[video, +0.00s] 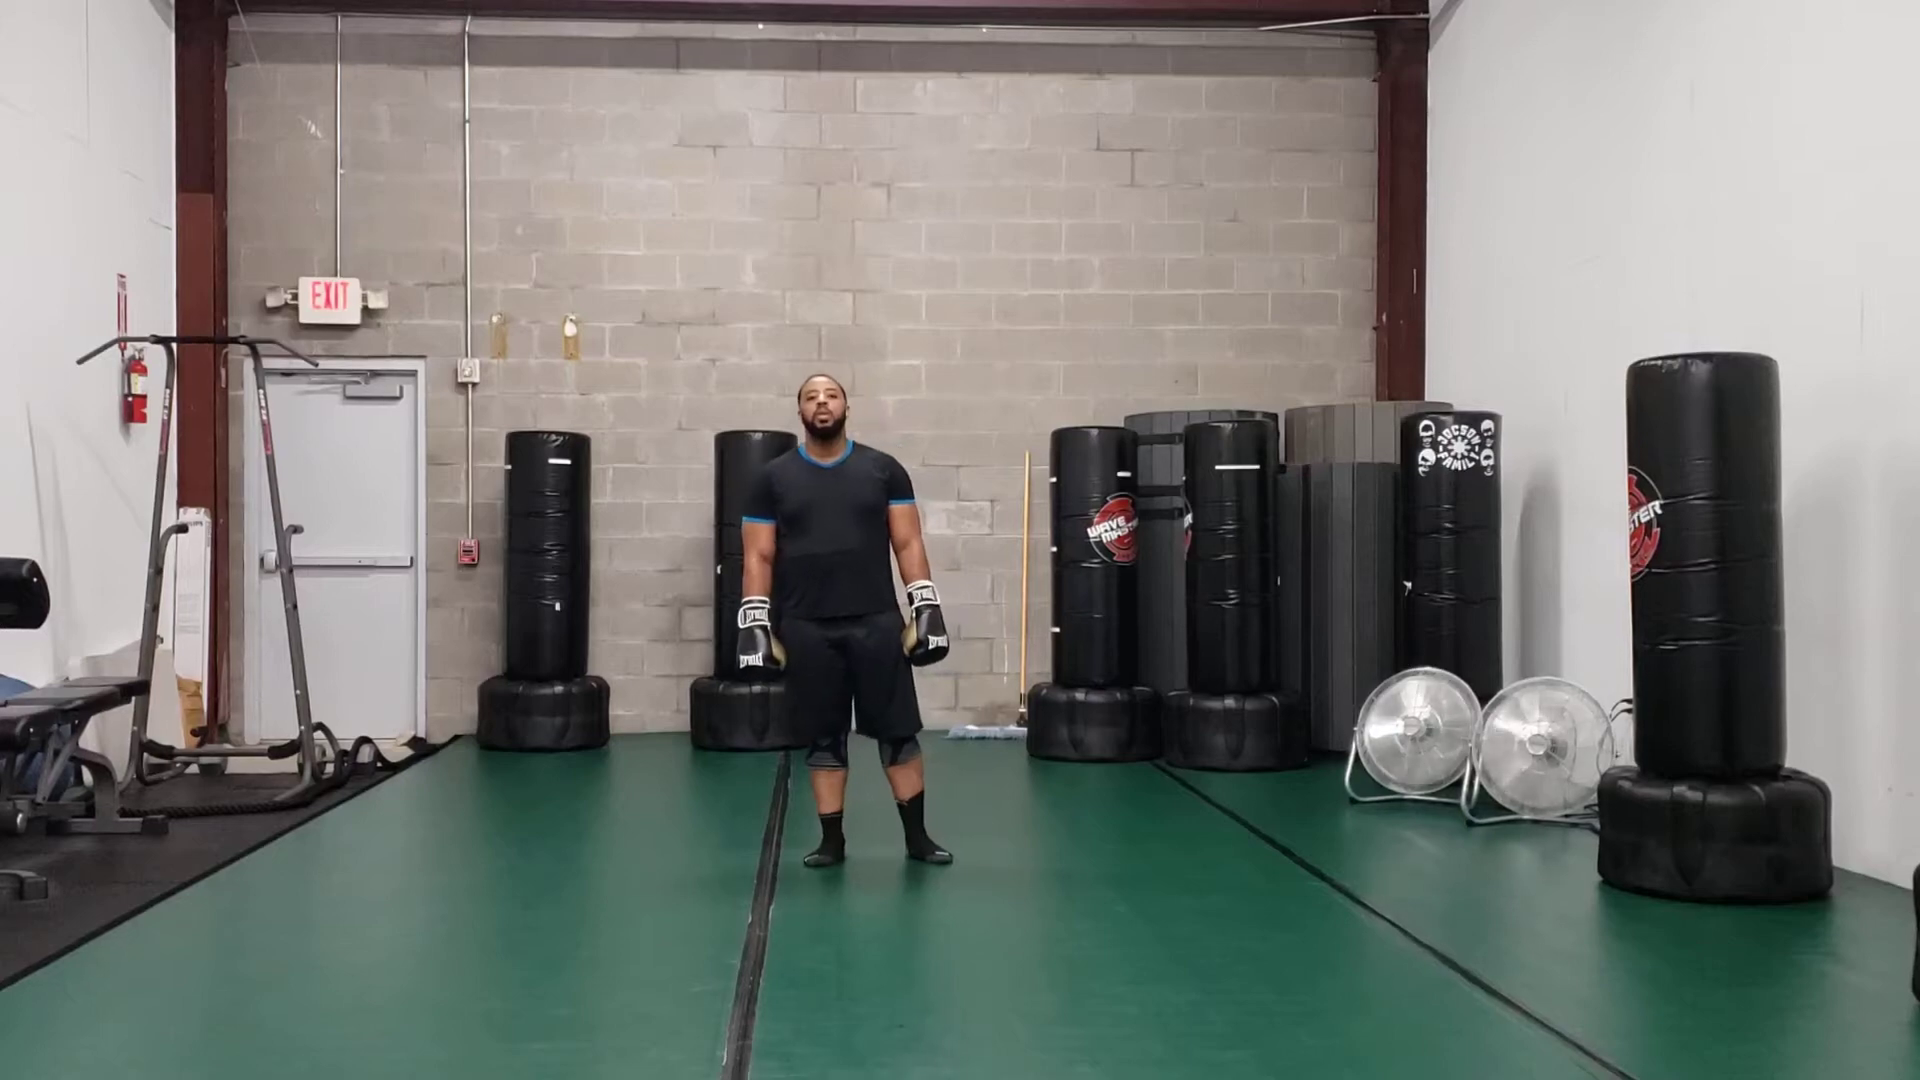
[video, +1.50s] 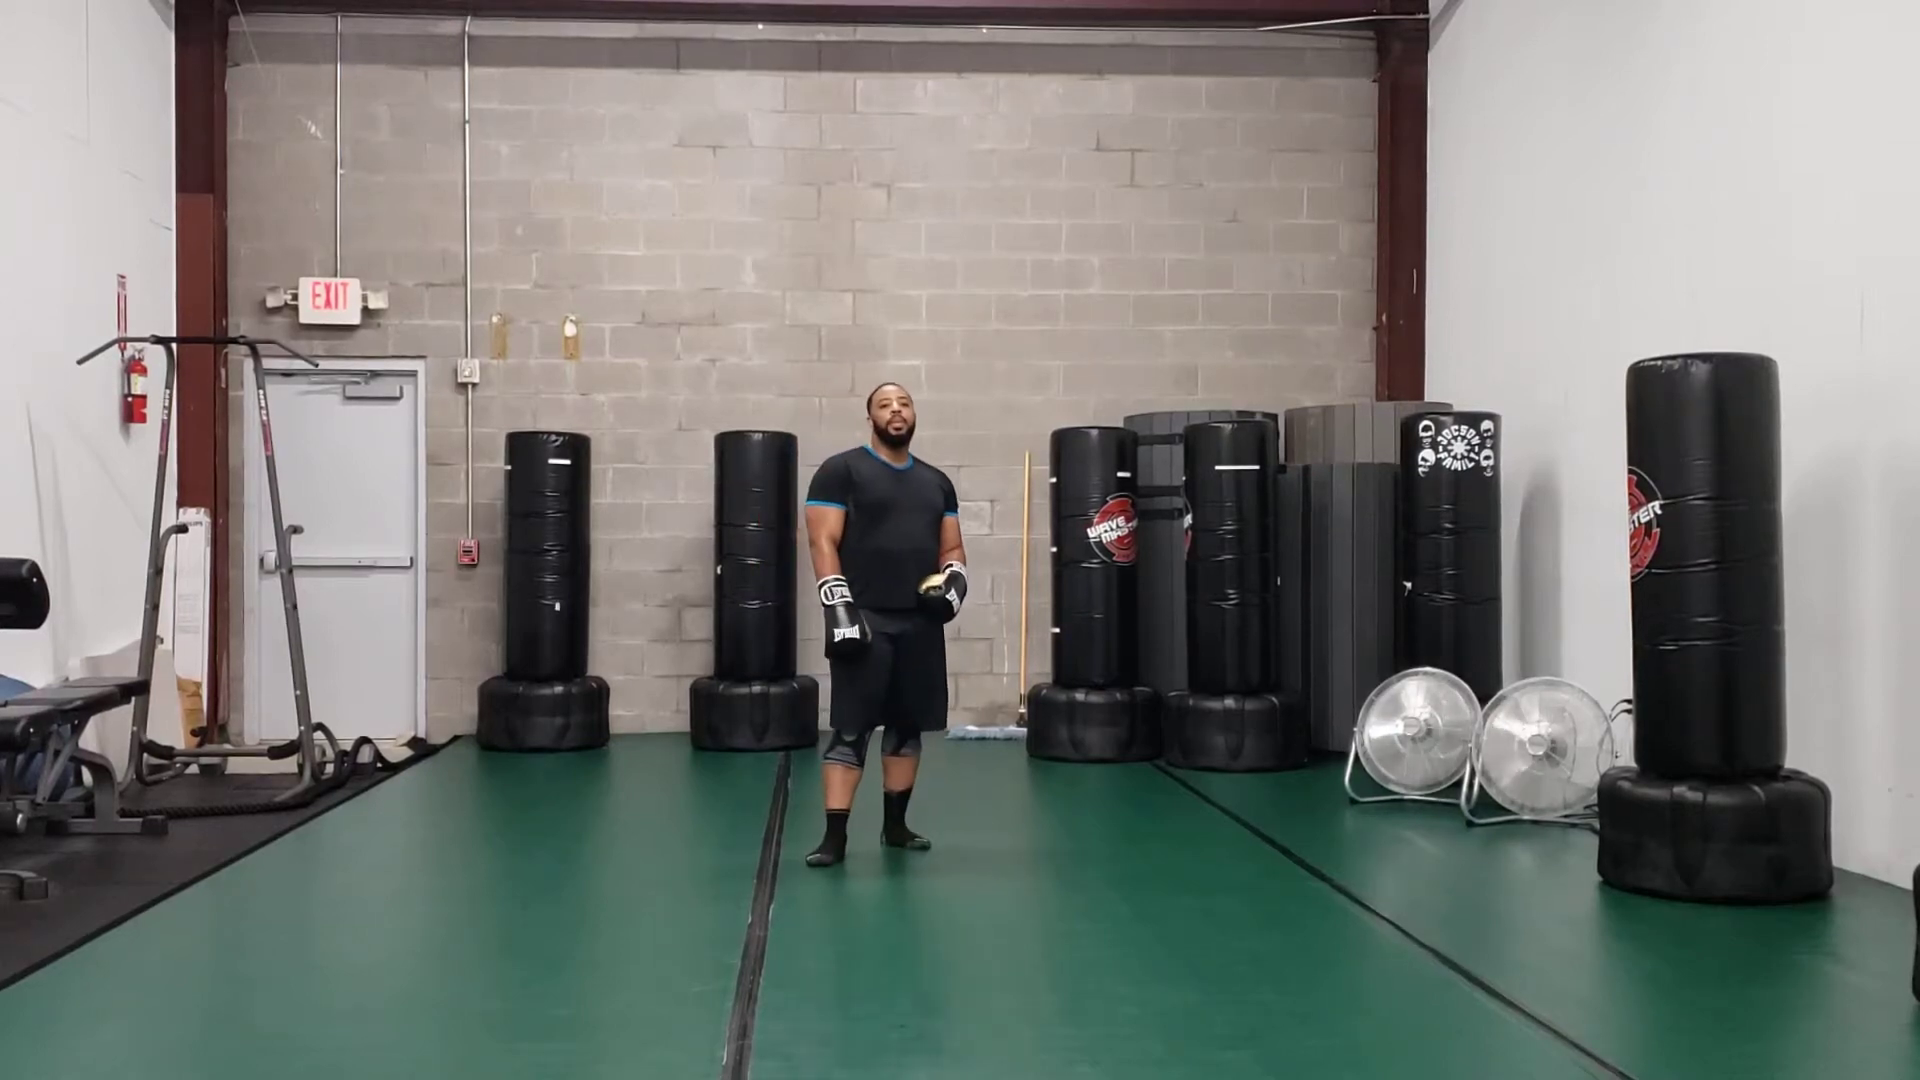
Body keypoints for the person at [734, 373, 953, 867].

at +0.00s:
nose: (822, 403)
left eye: (831, 396)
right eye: (812, 398)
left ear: (846, 408)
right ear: (800, 414)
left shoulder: (883, 470)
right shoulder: (774, 478)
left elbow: (908, 544)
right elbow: (758, 557)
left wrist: (926, 607)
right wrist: (754, 624)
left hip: (876, 625)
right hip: (806, 630)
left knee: (899, 735)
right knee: (823, 741)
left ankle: (917, 839)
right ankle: (831, 842)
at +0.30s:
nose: (815, 403)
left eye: (824, 396)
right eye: (805, 398)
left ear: (838, 409)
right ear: (793, 414)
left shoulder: (878, 467)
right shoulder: (769, 479)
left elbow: (906, 539)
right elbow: (755, 558)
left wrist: (925, 604)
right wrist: (754, 625)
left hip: (877, 624)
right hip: (806, 631)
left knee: (899, 734)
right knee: (823, 741)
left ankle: (917, 837)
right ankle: (831, 842)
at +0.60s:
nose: (820, 404)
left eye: (828, 396)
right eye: (809, 399)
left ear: (842, 409)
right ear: (797, 415)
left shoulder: (881, 466)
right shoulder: (773, 480)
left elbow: (909, 537)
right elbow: (758, 558)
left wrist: (929, 602)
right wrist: (753, 625)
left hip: (880, 621)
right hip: (809, 630)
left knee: (902, 729)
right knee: (825, 738)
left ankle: (905, 823)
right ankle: (832, 840)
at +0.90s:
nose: (842, 404)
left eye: (850, 397)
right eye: (831, 399)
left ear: (863, 411)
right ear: (818, 415)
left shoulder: (898, 472)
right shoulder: (788, 478)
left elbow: (919, 541)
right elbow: (772, 554)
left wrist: (930, 601)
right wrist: (763, 618)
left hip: (889, 619)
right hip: (821, 624)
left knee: (903, 728)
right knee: (829, 733)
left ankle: (897, 818)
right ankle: (832, 840)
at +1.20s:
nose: (874, 406)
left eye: (882, 399)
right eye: (863, 400)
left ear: (893, 413)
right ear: (848, 416)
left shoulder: (920, 476)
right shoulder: (818, 473)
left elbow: (937, 543)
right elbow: (800, 547)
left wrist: (936, 579)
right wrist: (801, 614)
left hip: (907, 622)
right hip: (843, 622)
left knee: (901, 729)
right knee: (839, 732)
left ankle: (896, 826)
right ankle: (833, 840)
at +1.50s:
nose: (896, 409)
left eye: (903, 403)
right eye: (885, 404)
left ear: (915, 417)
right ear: (870, 419)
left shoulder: (937, 482)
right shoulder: (841, 471)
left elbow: (951, 548)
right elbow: (822, 542)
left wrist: (952, 580)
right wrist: (838, 607)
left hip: (919, 621)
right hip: (861, 620)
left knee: (906, 727)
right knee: (850, 729)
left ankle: (895, 826)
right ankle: (833, 838)